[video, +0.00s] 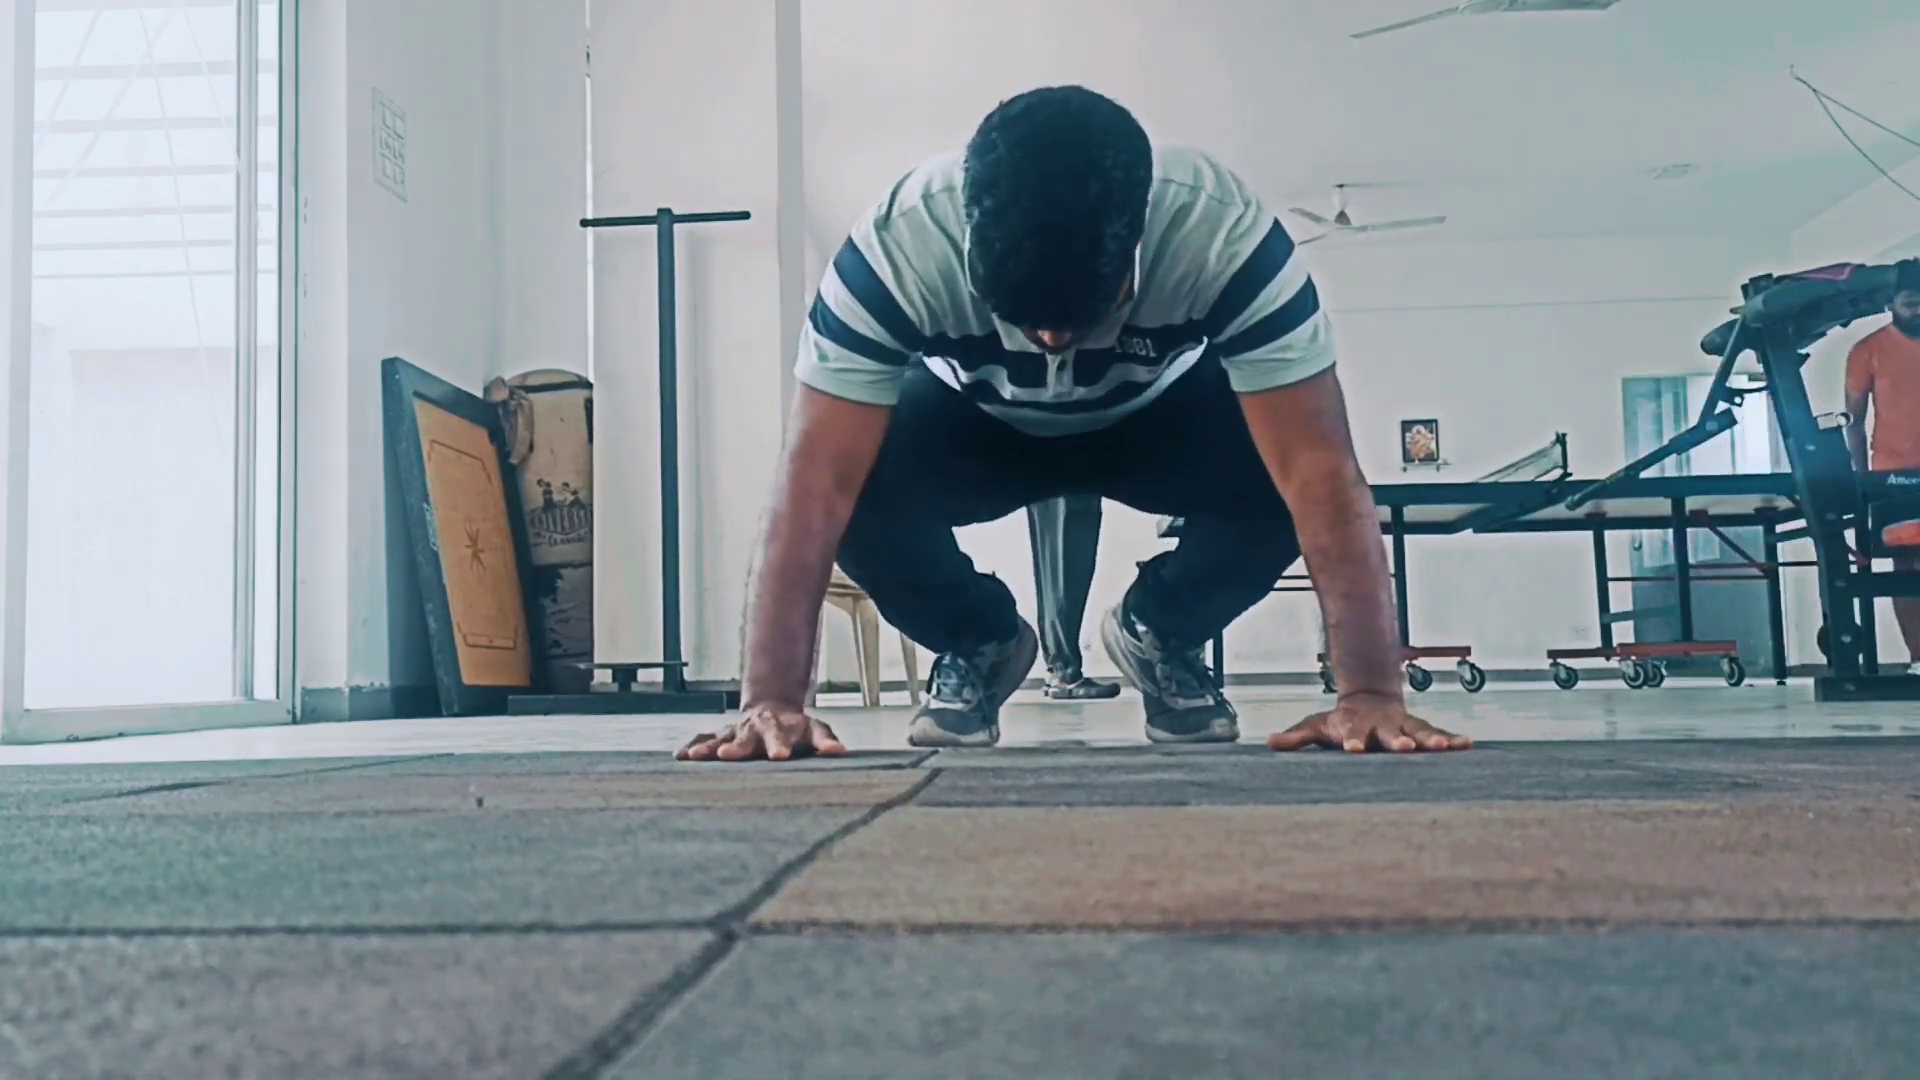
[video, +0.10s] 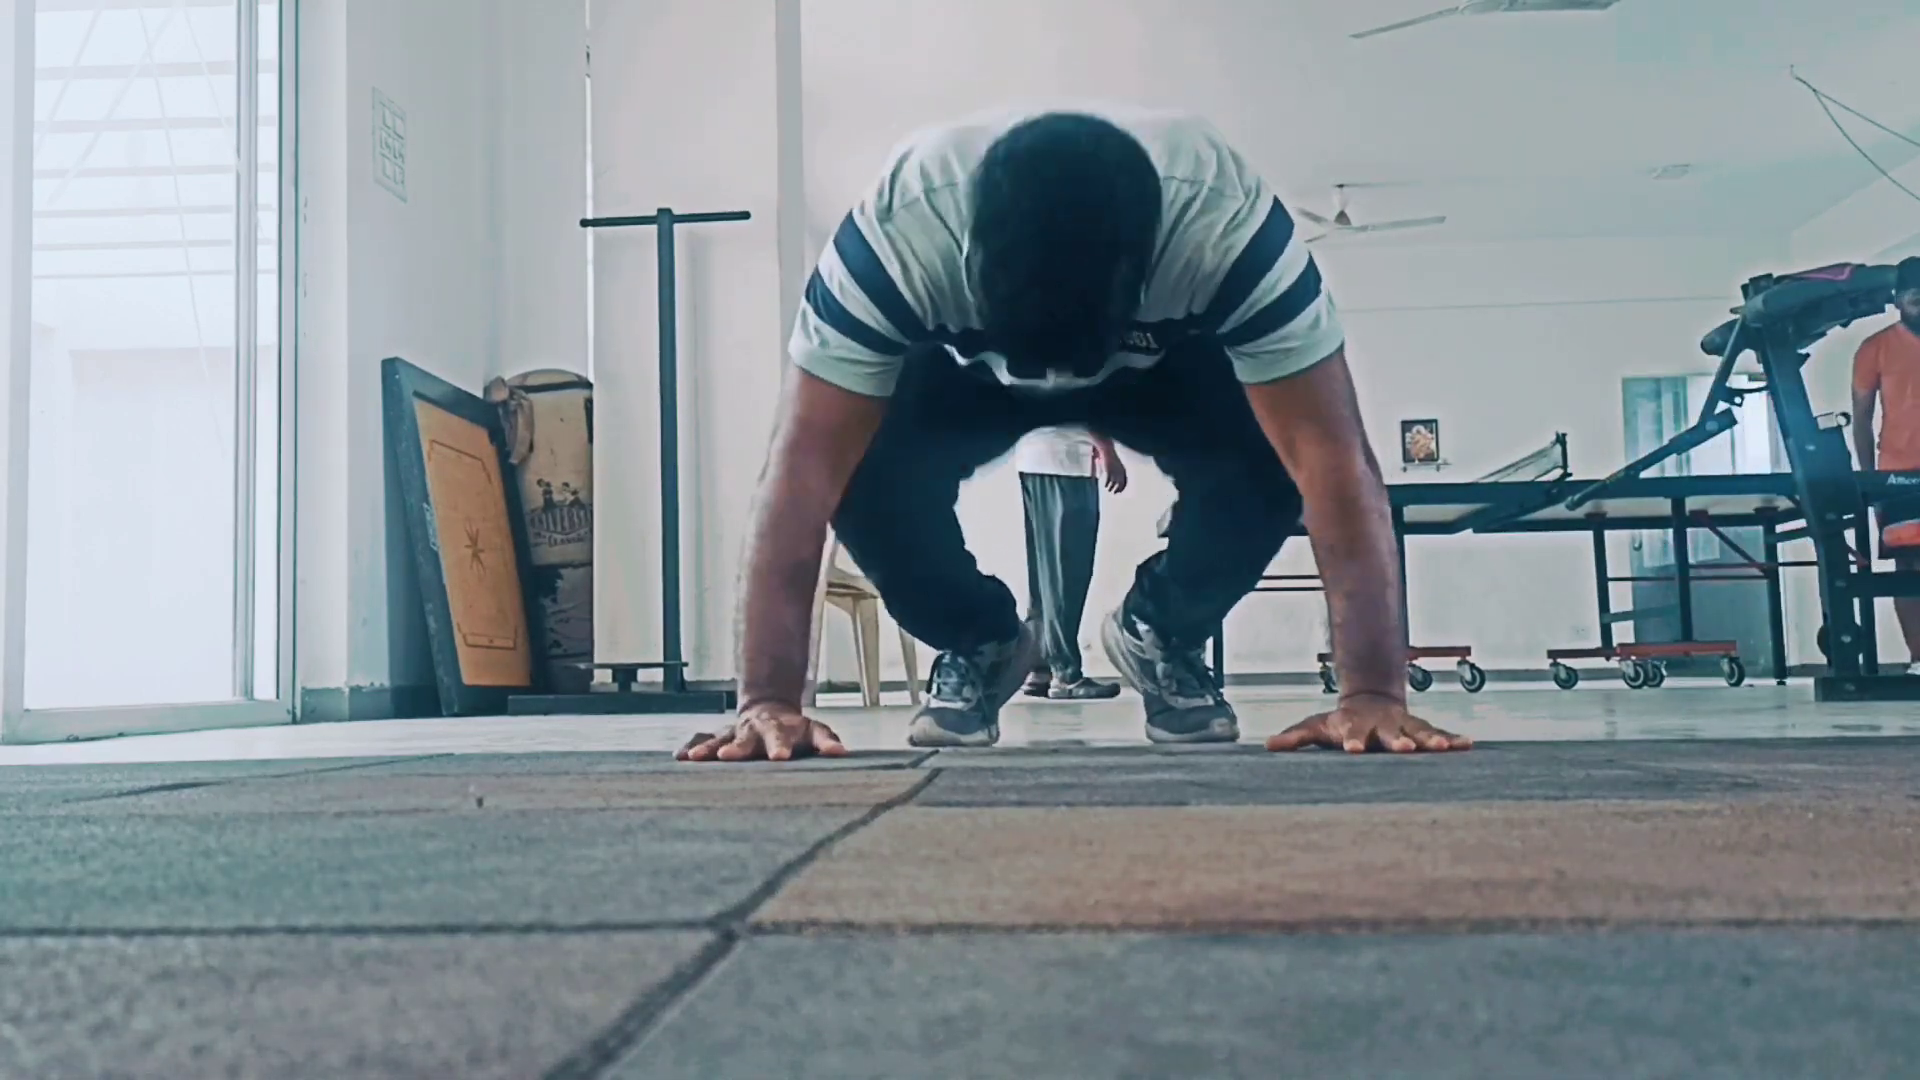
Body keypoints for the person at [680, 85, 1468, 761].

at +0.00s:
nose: (1058, 349)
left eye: (1090, 327)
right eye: (1029, 330)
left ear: (1139, 245)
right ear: (977, 244)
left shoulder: (1227, 235)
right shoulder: (900, 252)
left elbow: (1321, 476)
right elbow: (819, 476)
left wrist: (1372, 691)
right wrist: (772, 699)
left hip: (1158, 416)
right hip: (981, 421)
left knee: (1292, 494)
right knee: (851, 492)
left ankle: (1165, 626)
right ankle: (983, 638)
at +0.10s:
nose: (1060, 373)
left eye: (1086, 352)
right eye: (1025, 352)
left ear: (1144, 268)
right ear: (971, 257)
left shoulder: (1233, 229)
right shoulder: (896, 238)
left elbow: (1334, 460)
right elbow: (804, 469)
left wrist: (1375, 691)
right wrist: (771, 698)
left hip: (1157, 357)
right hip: (974, 363)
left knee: (1264, 477)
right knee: (868, 490)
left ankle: (1161, 629)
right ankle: (985, 642)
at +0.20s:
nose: (1077, 434)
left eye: (1098, 410)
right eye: (1048, 415)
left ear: (1150, 307)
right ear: (978, 293)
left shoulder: (1232, 220)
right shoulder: (898, 228)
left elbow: (1349, 456)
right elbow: (804, 462)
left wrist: (1375, 694)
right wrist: (771, 699)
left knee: (1253, 444)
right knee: (885, 456)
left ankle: (1167, 630)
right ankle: (980, 635)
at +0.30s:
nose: (1079, 446)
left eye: (1092, 422)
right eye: (1050, 428)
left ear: (1145, 317)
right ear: (974, 303)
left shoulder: (1224, 202)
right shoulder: (896, 216)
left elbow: (1347, 448)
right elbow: (800, 457)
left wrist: (1377, 694)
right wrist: (769, 700)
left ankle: (1171, 564)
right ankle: (966, 589)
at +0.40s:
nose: (1064, 448)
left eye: (1082, 429)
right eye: (1036, 427)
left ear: (1146, 319)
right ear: (965, 297)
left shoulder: (1239, 214)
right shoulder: (888, 226)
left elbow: (1360, 451)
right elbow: (789, 455)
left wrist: (1377, 696)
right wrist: (768, 700)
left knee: (1210, 499)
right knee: (930, 508)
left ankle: (1190, 573)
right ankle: (944, 609)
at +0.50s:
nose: (1064, 439)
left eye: (1097, 402)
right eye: (1023, 414)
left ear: (1151, 300)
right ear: (961, 284)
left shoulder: (1249, 216)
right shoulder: (880, 230)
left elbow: (1363, 454)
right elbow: (790, 461)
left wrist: (1379, 693)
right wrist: (766, 700)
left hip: (1169, 339)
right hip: (962, 350)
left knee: (1188, 541)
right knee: (965, 540)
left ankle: (1197, 647)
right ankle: (941, 643)